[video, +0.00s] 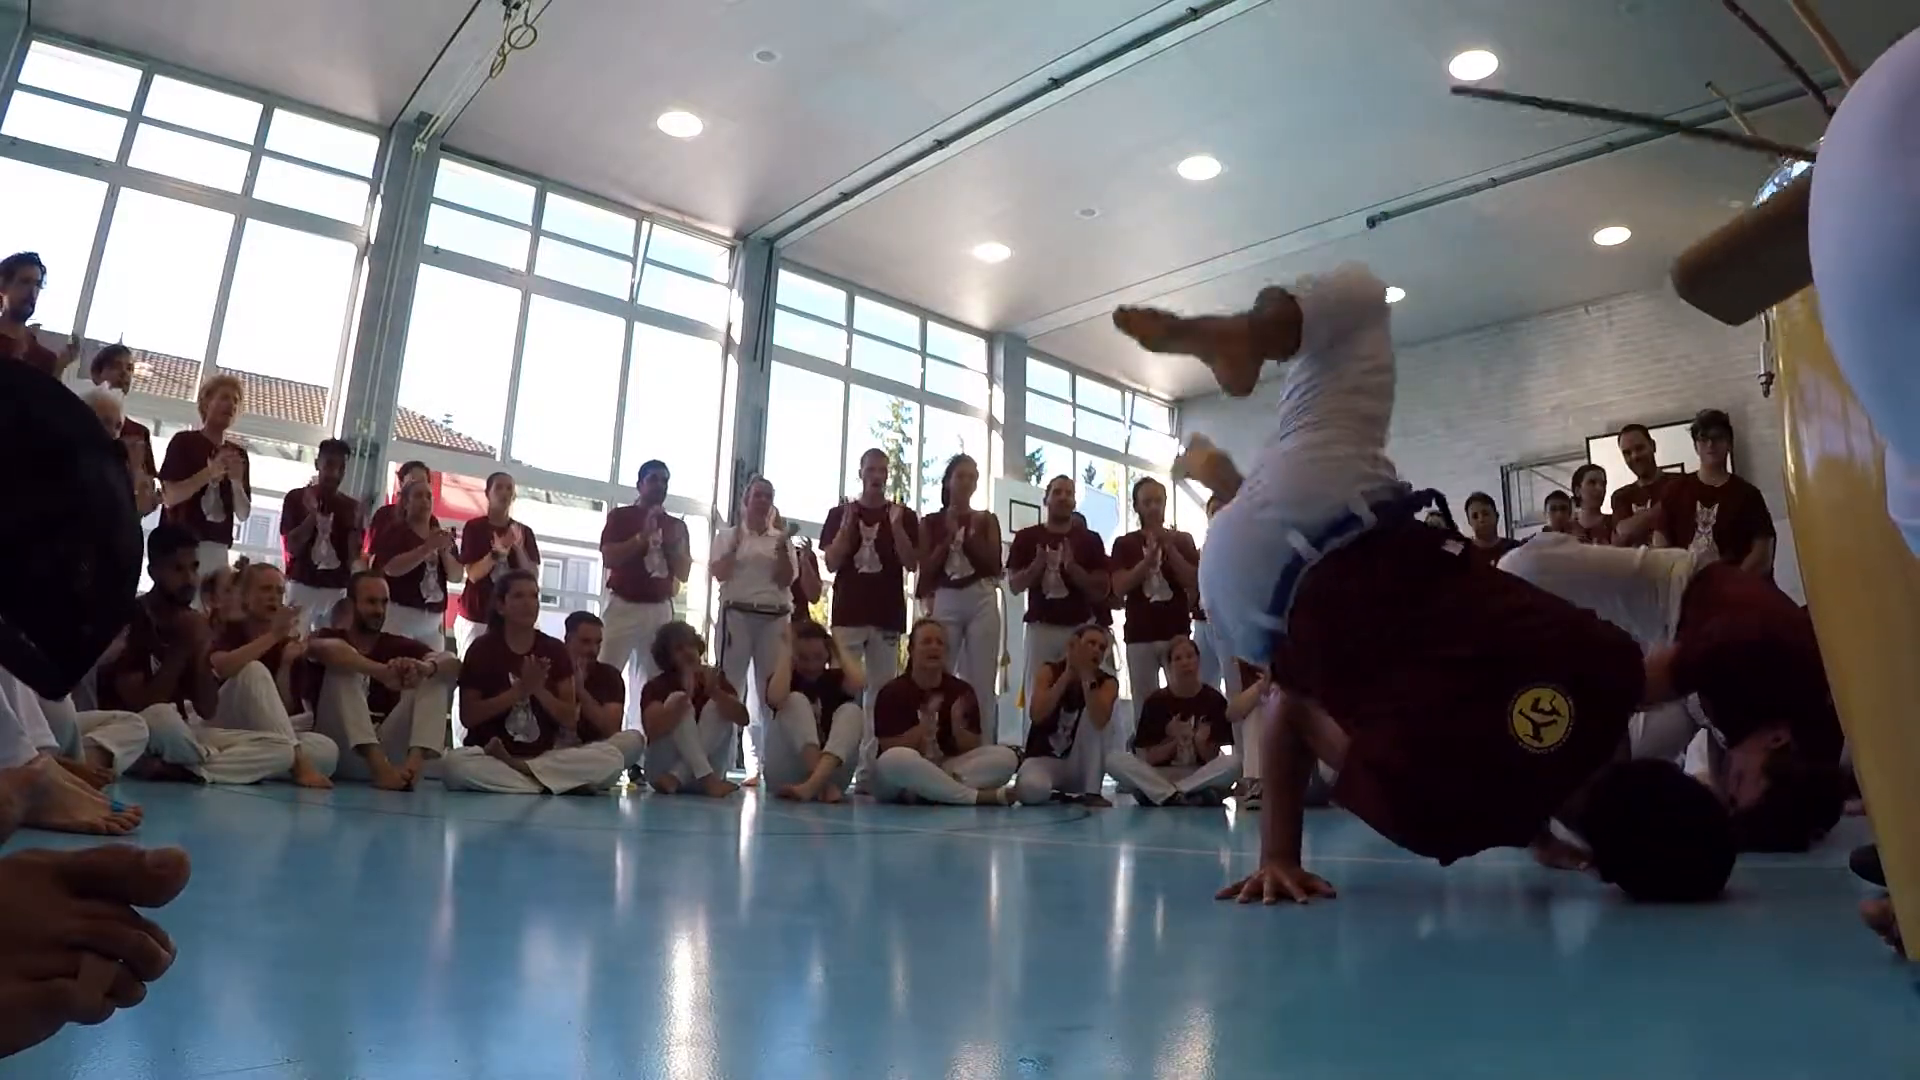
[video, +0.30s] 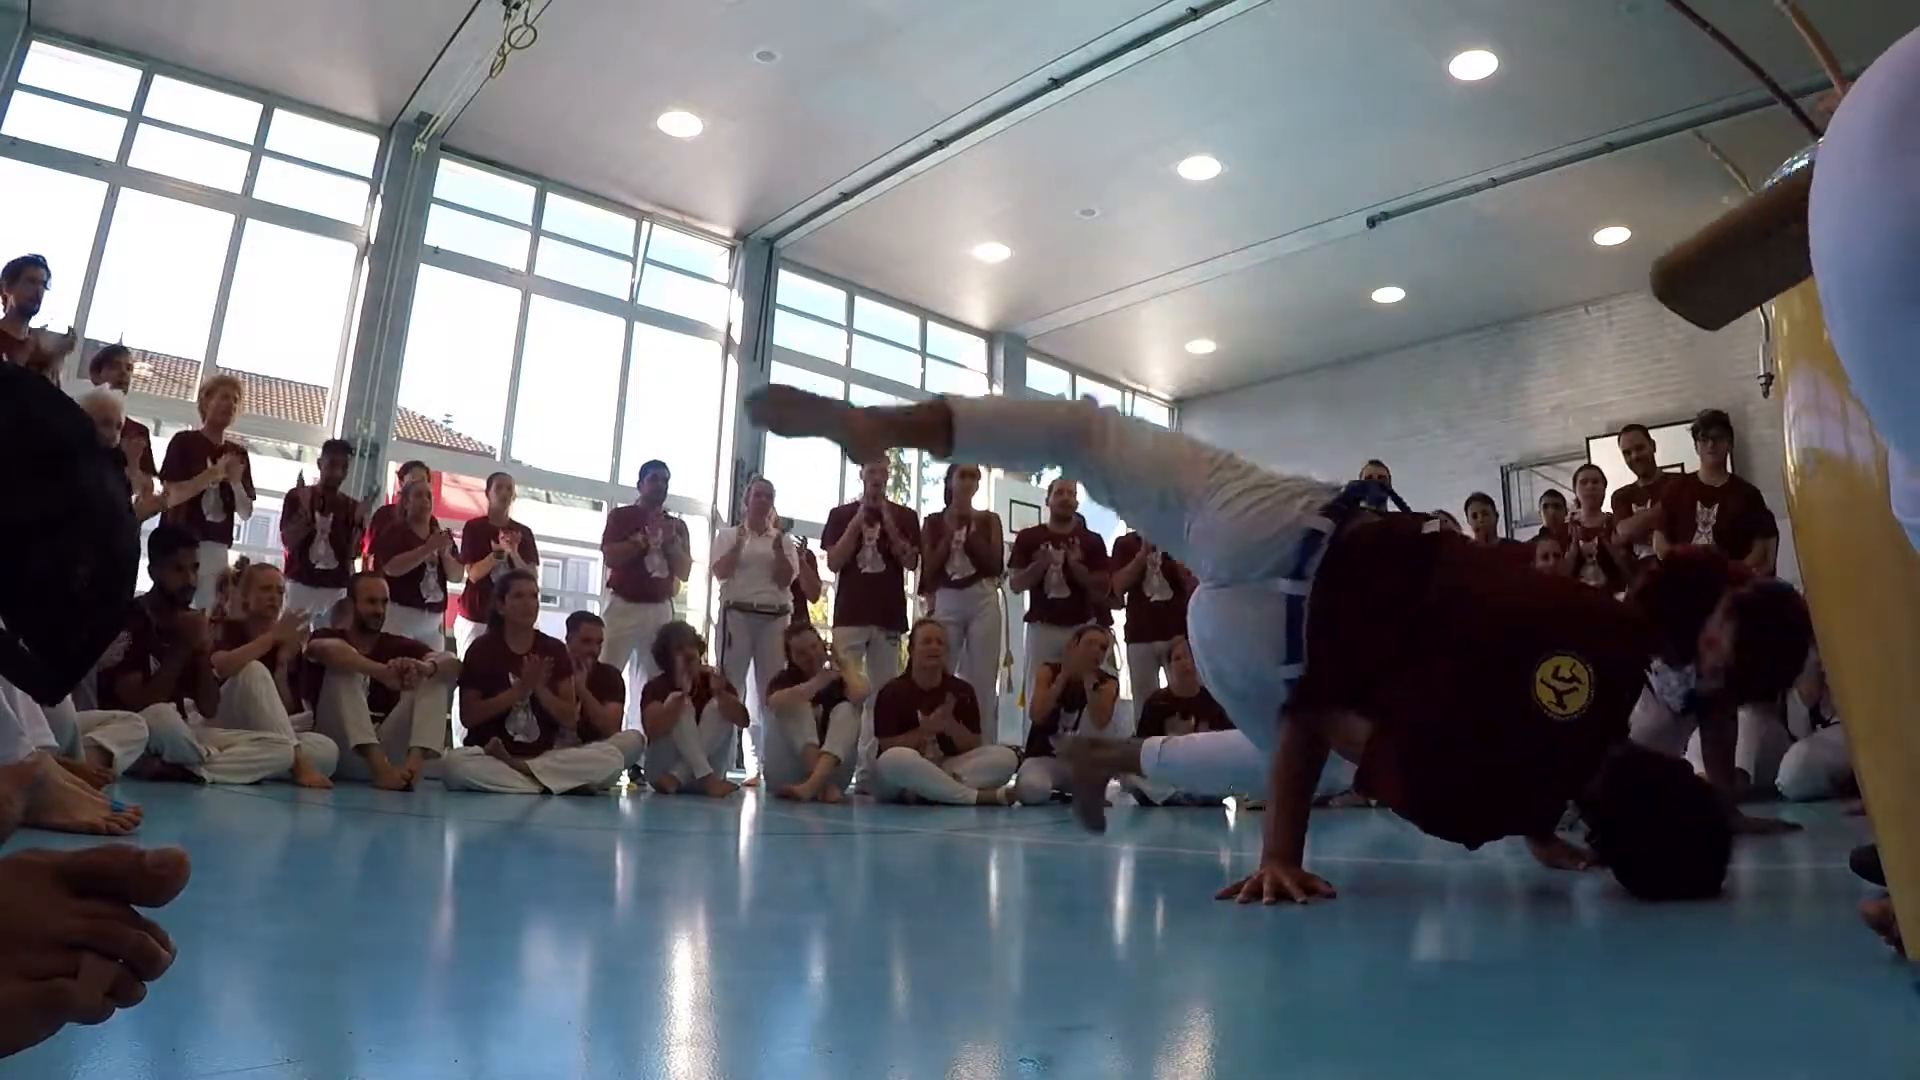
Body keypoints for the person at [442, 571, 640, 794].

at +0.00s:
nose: (530, 603)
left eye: (534, 597)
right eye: (520, 597)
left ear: (540, 603)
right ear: (501, 605)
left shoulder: (556, 649)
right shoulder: (481, 648)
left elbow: (570, 718)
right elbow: (468, 716)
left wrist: (536, 689)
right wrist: (521, 689)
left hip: (545, 756)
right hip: (488, 754)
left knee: (612, 759)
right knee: (454, 765)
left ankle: (522, 766)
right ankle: (549, 786)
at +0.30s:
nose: (530, 603)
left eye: (534, 596)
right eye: (520, 596)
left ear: (539, 602)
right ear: (500, 605)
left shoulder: (556, 649)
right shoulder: (481, 648)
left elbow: (569, 717)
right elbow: (469, 716)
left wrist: (538, 688)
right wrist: (521, 689)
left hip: (545, 757)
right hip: (489, 755)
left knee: (612, 759)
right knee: (454, 765)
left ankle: (523, 766)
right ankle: (549, 786)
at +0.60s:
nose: (528, 604)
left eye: (533, 597)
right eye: (519, 597)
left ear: (539, 603)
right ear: (500, 605)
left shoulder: (555, 649)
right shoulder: (481, 649)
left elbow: (569, 718)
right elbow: (469, 716)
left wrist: (535, 689)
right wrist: (519, 691)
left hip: (545, 756)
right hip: (487, 755)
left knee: (613, 758)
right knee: (454, 765)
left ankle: (522, 765)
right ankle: (549, 786)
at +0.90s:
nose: (528, 603)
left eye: (533, 597)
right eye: (519, 597)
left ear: (539, 603)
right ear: (500, 605)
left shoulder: (554, 649)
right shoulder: (481, 649)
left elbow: (569, 718)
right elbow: (469, 716)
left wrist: (535, 689)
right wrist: (520, 690)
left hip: (546, 756)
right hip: (489, 755)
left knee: (612, 758)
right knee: (454, 765)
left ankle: (522, 765)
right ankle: (549, 786)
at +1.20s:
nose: (528, 602)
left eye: (534, 596)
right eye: (519, 595)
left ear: (540, 603)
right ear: (500, 604)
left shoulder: (555, 649)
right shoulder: (482, 648)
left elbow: (570, 717)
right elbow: (469, 715)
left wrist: (535, 689)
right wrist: (520, 689)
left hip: (546, 756)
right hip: (488, 755)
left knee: (613, 758)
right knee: (454, 765)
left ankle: (523, 766)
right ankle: (551, 786)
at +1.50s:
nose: (530, 599)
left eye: (535, 593)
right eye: (521, 593)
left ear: (542, 601)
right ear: (503, 603)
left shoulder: (556, 648)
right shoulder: (483, 646)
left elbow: (570, 717)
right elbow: (468, 713)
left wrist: (536, 688)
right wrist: (521, 687)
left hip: (546, 755)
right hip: (488, 755)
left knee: (612, 758)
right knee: (454, 765)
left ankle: (522, 766)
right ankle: (550, 786)